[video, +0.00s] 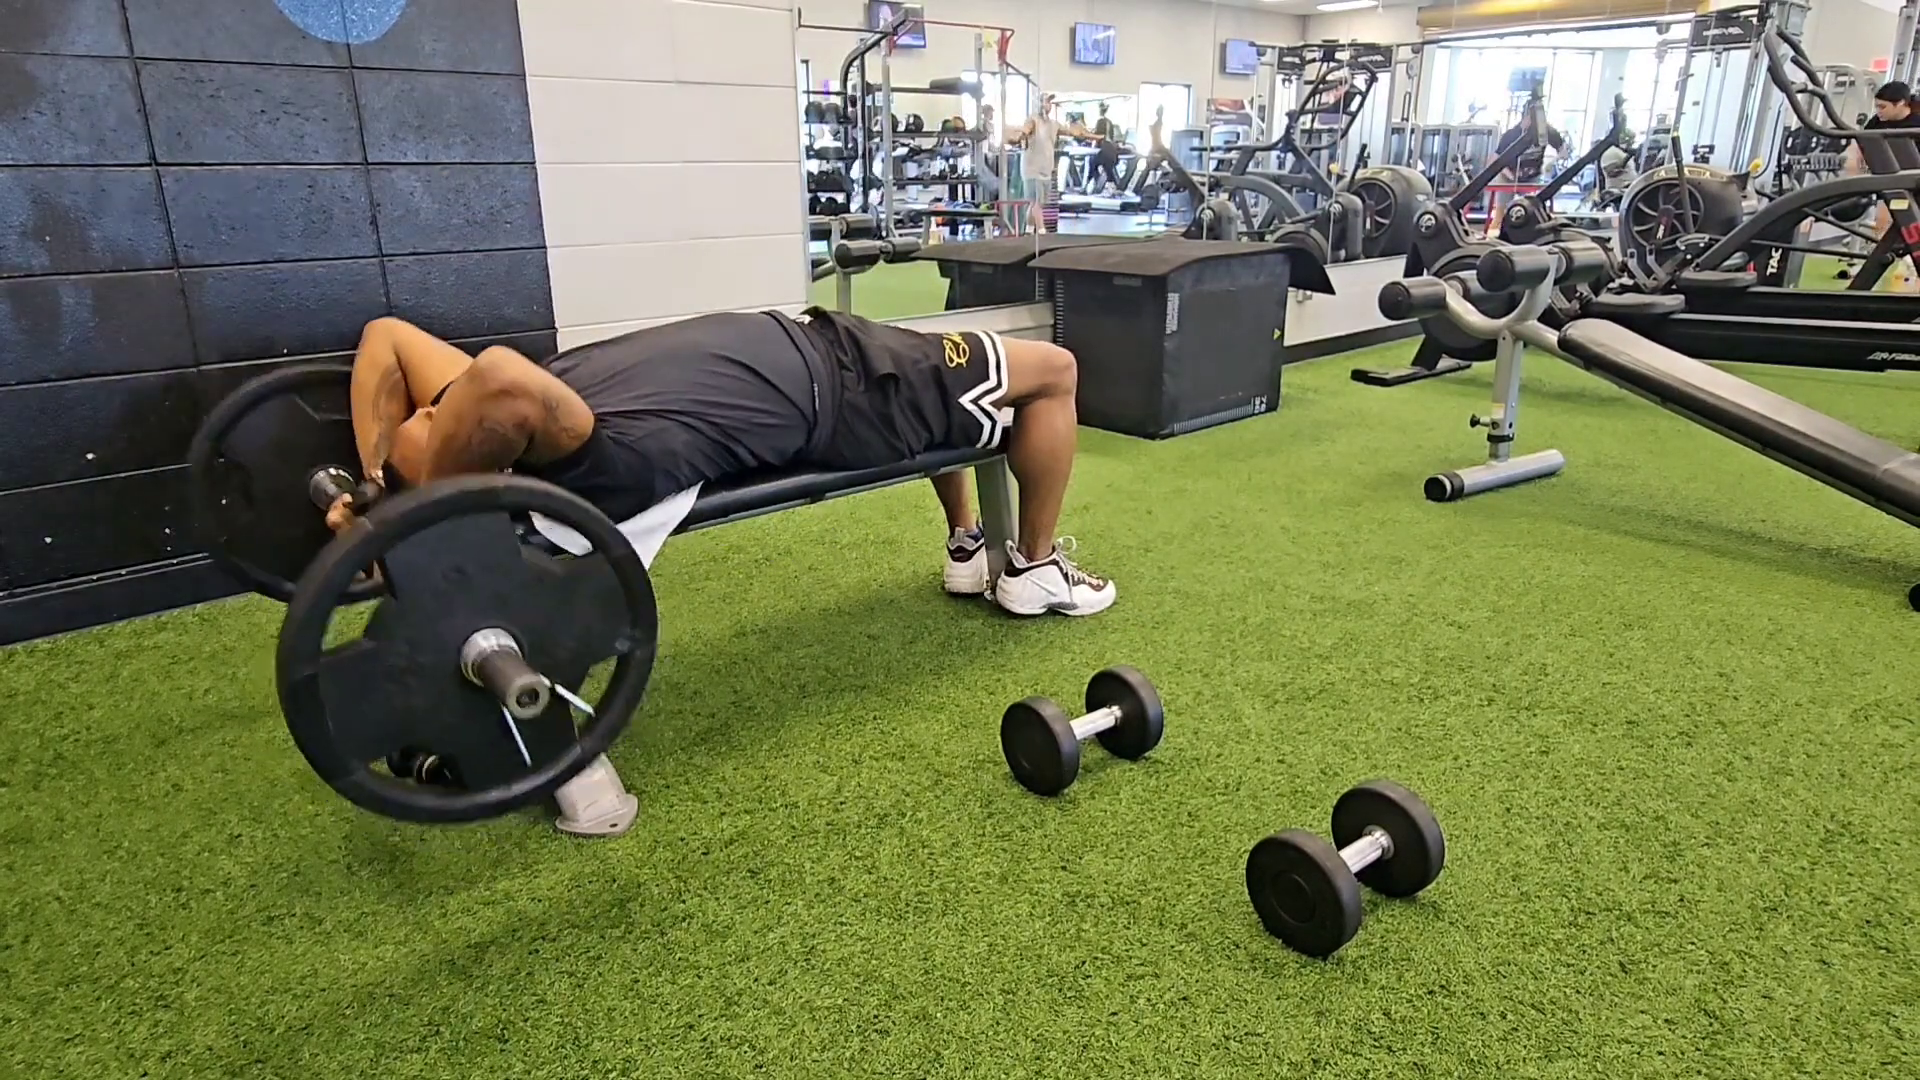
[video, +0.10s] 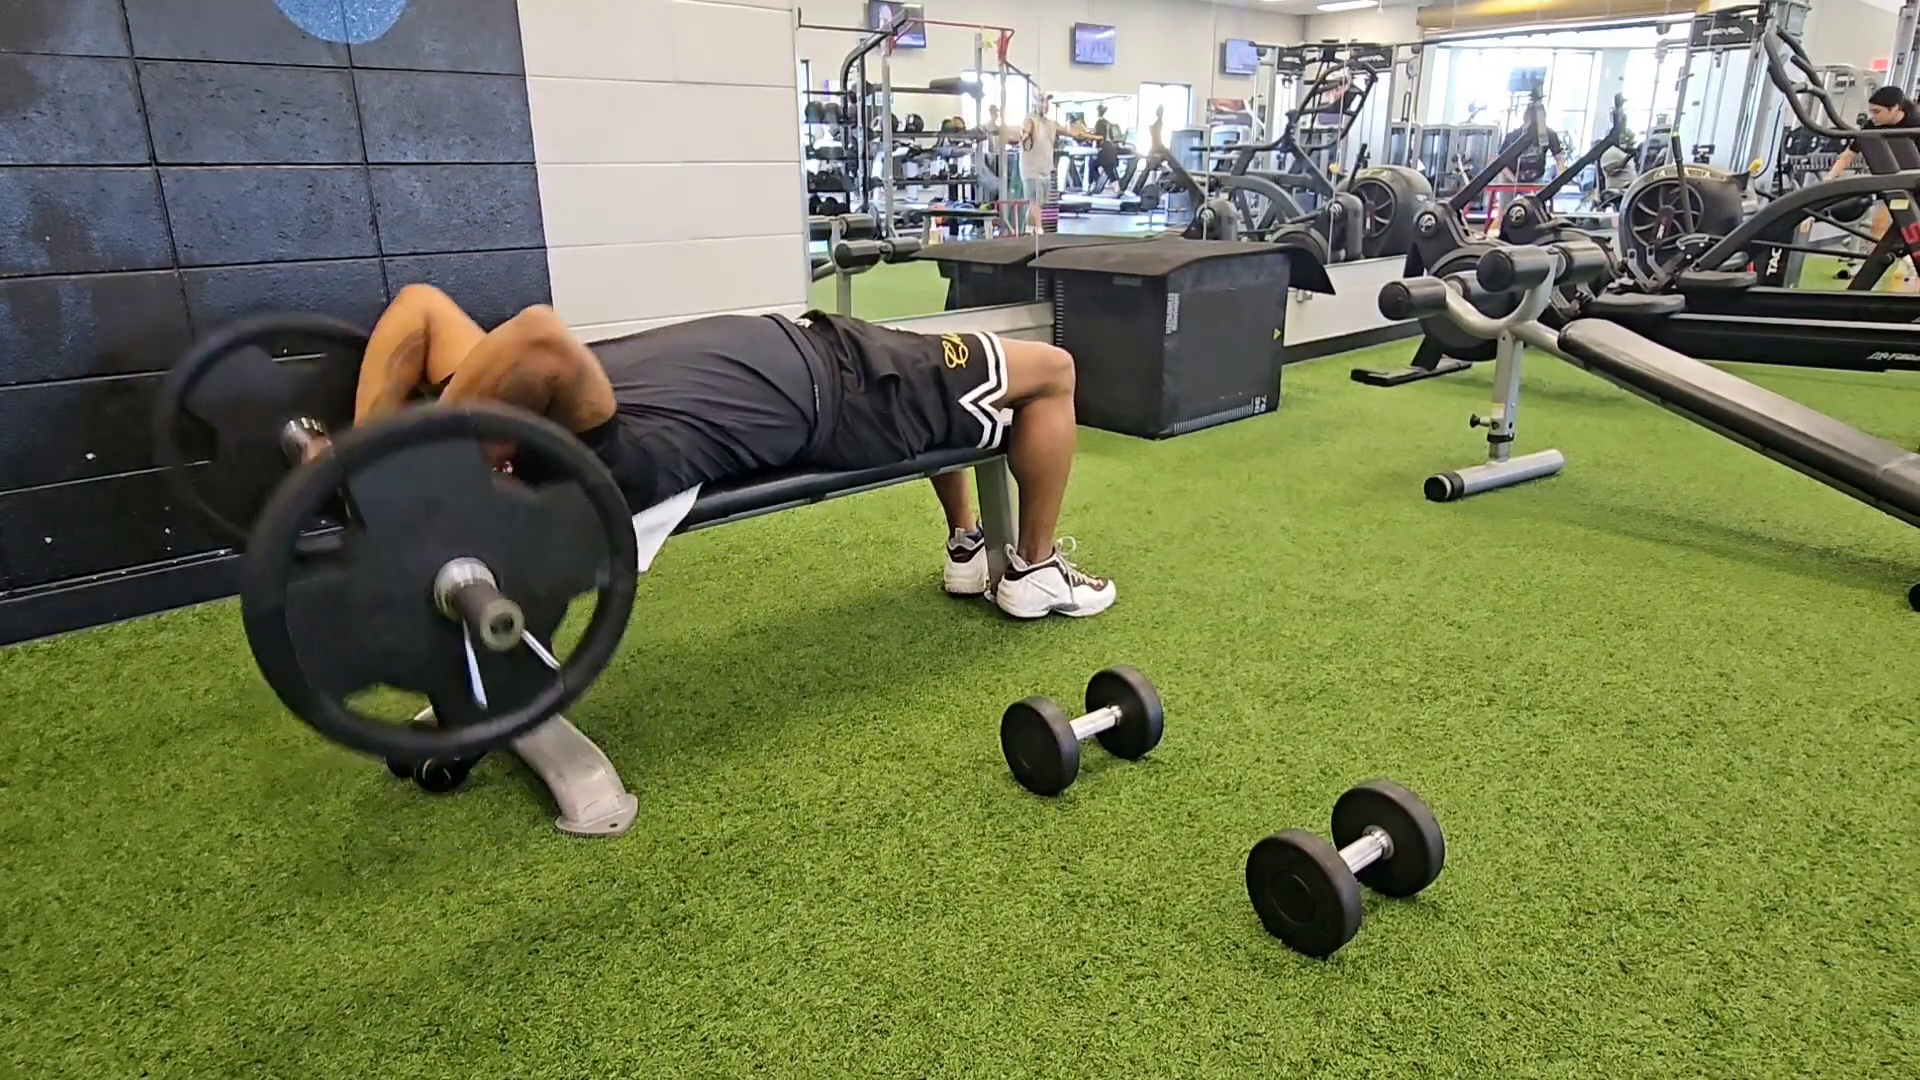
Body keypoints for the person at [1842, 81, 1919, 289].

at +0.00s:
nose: (1877, 112)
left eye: (1882, 107)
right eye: (1877, 107)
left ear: (1901, 104)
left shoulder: (1916, 124)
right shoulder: (1876, 123)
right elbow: (1856, 148)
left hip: (1914, 187)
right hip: (1888, 185)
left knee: (1911, 229)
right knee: (1883, 228)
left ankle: (1908, 270)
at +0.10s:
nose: (1872, 117)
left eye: (1876, 111)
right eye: (1871, 112)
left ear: (1896, 109)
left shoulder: (1914, 128)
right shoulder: (1871, 129)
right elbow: (1848, 156)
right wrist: (1831, 178)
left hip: (1914, 190)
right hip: (1888, 191)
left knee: (1911, 236)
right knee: (1878, 230)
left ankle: (1909, 272)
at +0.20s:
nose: (1867, 124)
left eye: (1871, 118)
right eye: (1865, 119)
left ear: (1890, 116)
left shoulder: (1912, 131)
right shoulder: (1868, 132)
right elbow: (1846, 158)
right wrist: (1826, 183)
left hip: (1913, 189)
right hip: (1886, 188)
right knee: (1878, 225)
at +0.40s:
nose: (1865, 131)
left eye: (1869, 127)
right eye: (1863, 127)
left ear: (1887, 124)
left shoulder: (1908, 136)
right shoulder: (1865, 138)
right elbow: (1841, 167)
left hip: (1913, 191)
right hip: (1885, 191)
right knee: (1876, 231)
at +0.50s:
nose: (1865, 132)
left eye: (1870, 127)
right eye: (1862, 127)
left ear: (1890, 123)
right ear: (1859, 124)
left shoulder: (1909, 139)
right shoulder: (1865, 140)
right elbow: (1836, 174)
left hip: (1914, 196)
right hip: (1885, 194)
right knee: (1875, 235)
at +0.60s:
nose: (1869, 125)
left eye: (1875, 120)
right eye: (1868, 120)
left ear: (1896, 118)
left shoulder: (1913, 133)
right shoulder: (1870, 137)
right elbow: (1846, 166)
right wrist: (1827, 190)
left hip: (1912, 194)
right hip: (1885, 194)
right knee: (1875, 235)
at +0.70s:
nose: (1878, 119)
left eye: (1883, 114)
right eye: (1877, 114)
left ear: (1904, 112)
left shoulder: (1913, 135)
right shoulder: (1878, 133)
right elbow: (1859, 161)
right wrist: (1838, 185)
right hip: (1888, 193)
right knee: (1879, 233)